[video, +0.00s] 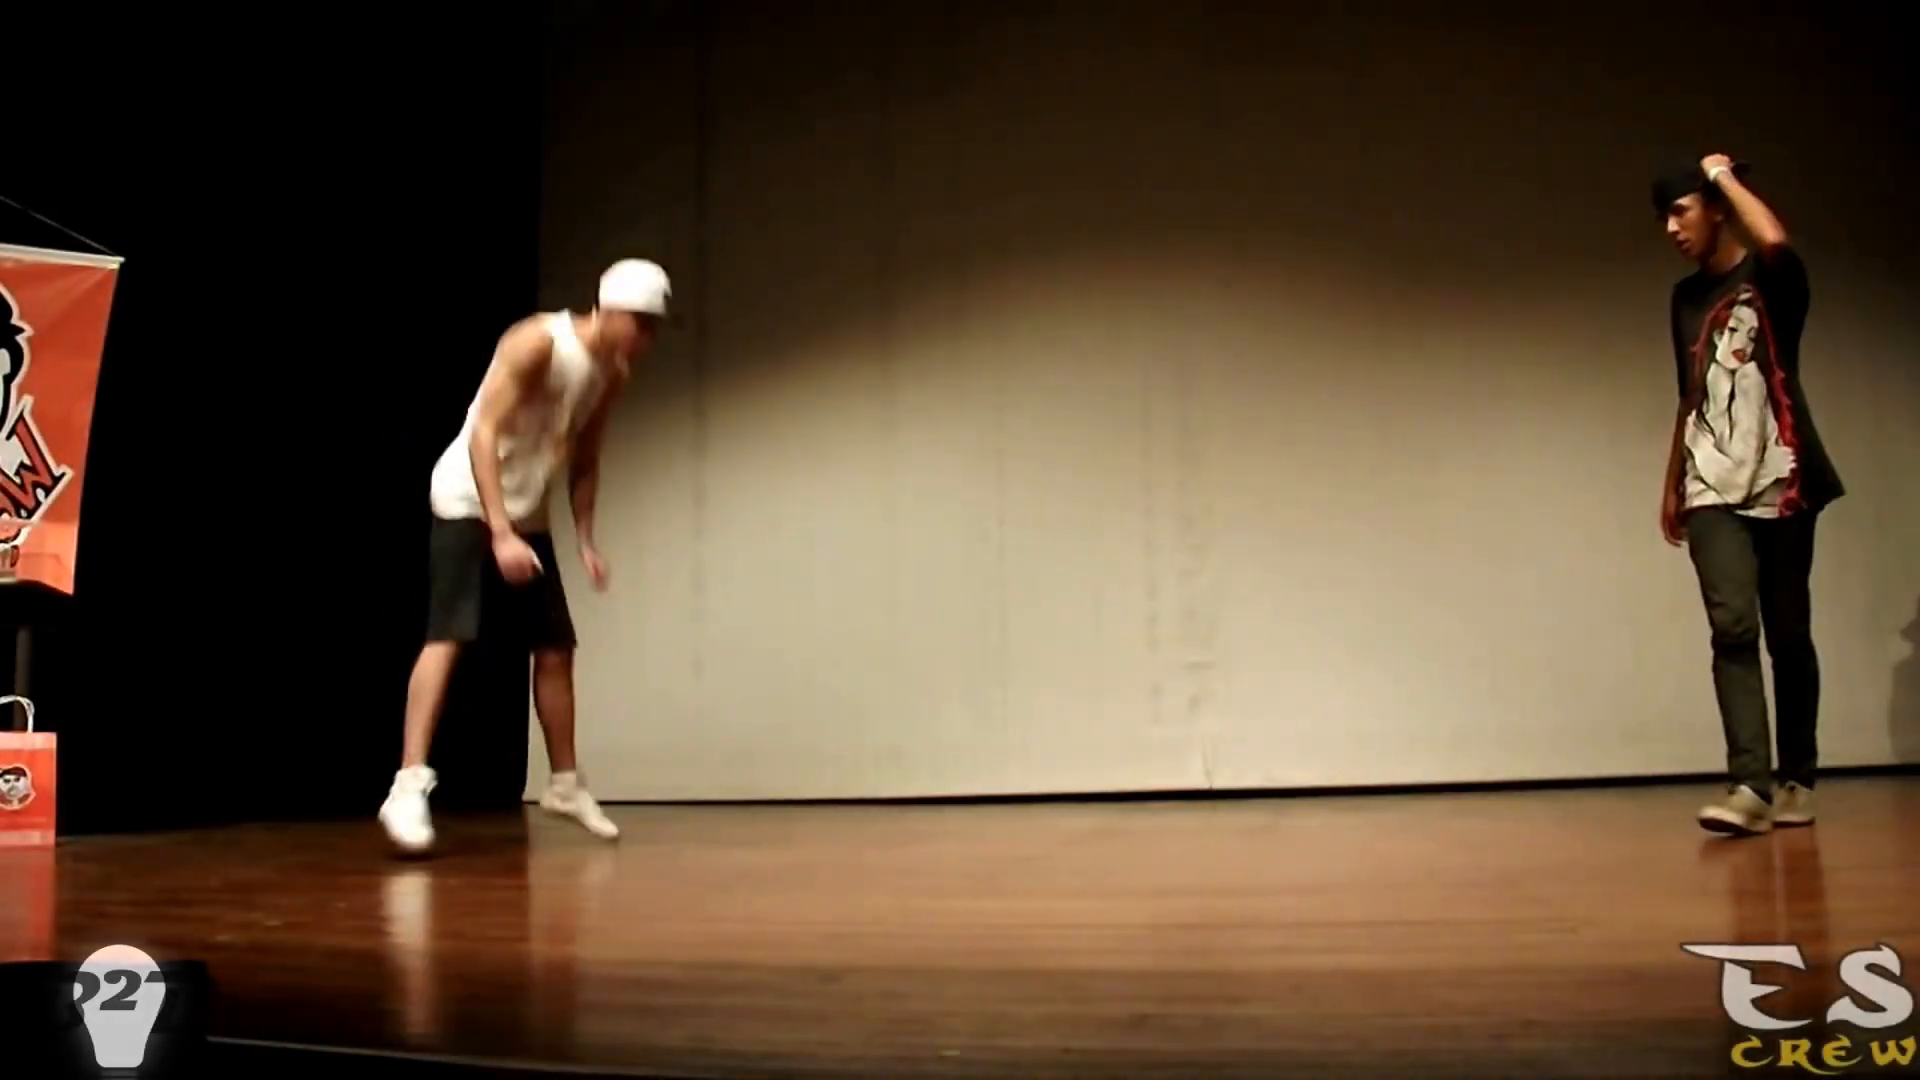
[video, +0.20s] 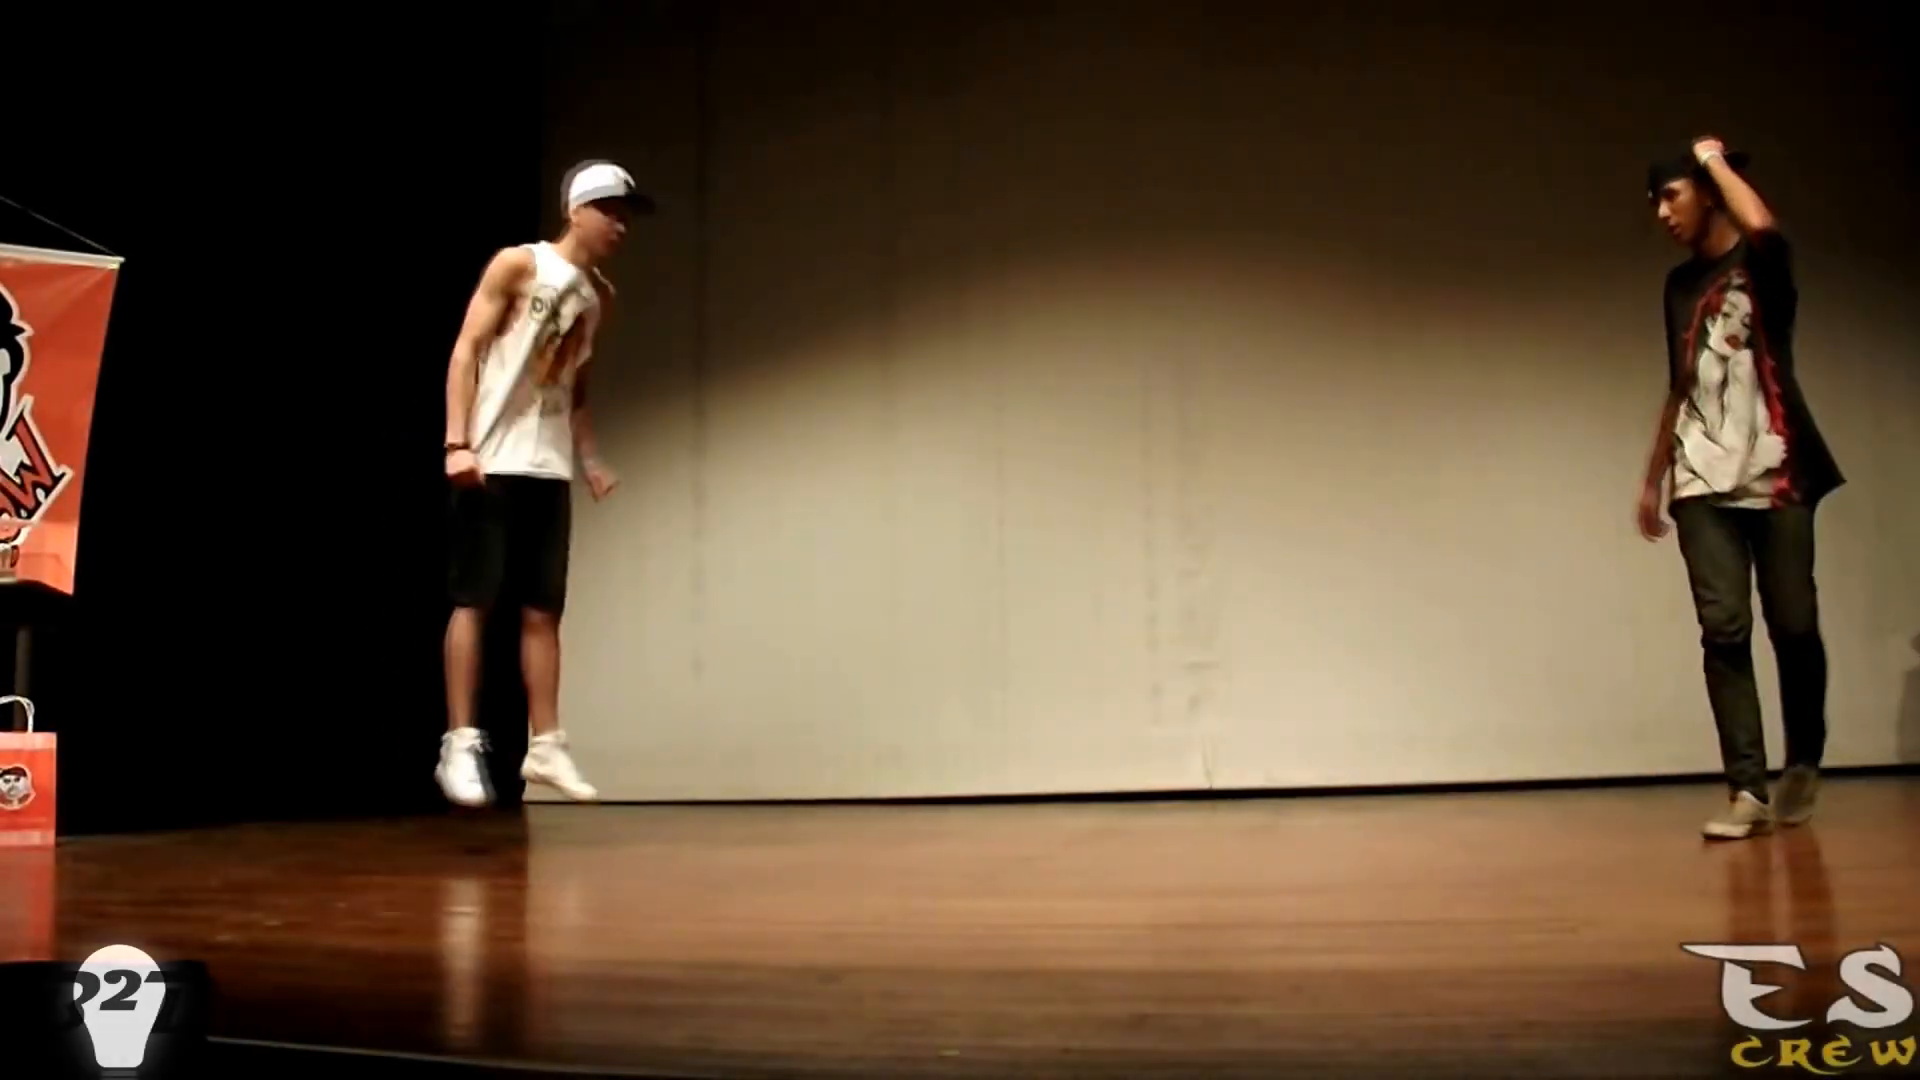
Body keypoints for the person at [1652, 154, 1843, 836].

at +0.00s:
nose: (1671, 230)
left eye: (1680, 215)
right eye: (1666, 218)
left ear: (1717, 210)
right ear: (1673, 225)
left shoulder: (1775, 279)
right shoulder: (1687, 295)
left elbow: (1775, 246)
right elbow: (1688, 402)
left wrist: (1728, 181)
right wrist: (1672, 486)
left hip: (1782, 483)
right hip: (1711, 486)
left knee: (1788, 636)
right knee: (1732, 629)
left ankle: (1797, 783)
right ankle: (1750, 785)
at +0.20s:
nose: (1660, 213)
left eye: (1669, 198)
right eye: (1656, 201)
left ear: (1708, 195)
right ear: (1670, 209)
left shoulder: (1764, 264)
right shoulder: (1680, 283)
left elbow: (1762, 232)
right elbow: (1679, 391)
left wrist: (1719, 166)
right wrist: (1652, 480)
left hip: (1777, 475)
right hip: (1701, 480)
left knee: (1794, 628)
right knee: (1723, 631)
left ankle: (1803, 767)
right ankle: (1747, 791)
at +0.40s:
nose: (1661, 193)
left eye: (1672, 177)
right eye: (1657, 182)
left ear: (1712, 173)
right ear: (1665, 190)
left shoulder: (1762, 245)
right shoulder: (1680, 266)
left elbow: (1744, 212)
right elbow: (1663, 376)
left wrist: (1715, 143)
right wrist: (1611, 442)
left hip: (1766, 463)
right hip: (1696, 475)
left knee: (1784, 599)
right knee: (1727, 631)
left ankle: (1838, 747)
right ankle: (1749, 792)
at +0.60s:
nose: (1662, 177)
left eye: (1672, 161)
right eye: (1658, 165)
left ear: (1712, 159)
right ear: (1665, 176)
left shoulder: (1764, 230)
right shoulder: (1684, 255)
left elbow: (1742, 195)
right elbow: (1664, 370)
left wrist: (1718, 124)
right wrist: (1600, 425)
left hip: (1768, 459)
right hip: (1700, 472)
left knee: (1799, 615)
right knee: (1730, 632)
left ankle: (1871, 797)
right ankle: (1749, 796)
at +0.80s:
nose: (1653, 152)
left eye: (1664, 136)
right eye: (1649, 140)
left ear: (1707, 134)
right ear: (1658, 152)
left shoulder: (1765, 200)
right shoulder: (1683, 243)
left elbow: (1726, 192)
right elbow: (1677, 361)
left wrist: (1679, 112)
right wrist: (1585, 400)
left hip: (1782, 452)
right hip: (1710, 460)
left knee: (1808, 619)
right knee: (1679, 612)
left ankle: (1874, 798)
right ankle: (1761, 776)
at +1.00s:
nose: (1619, 150)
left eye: (1630, 135)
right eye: (1619, 139)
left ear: (1674, 135)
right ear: (1662, 144)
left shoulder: (1731, 188)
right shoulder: (1666, 228)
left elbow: (1641, 208)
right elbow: (1640, 343)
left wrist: (1521, 184)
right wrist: (1533, 363)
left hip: (1769, 438)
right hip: (1701, 444)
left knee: (1809, 615)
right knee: (1647, 604)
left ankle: (1875, 801)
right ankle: (1682, 796)